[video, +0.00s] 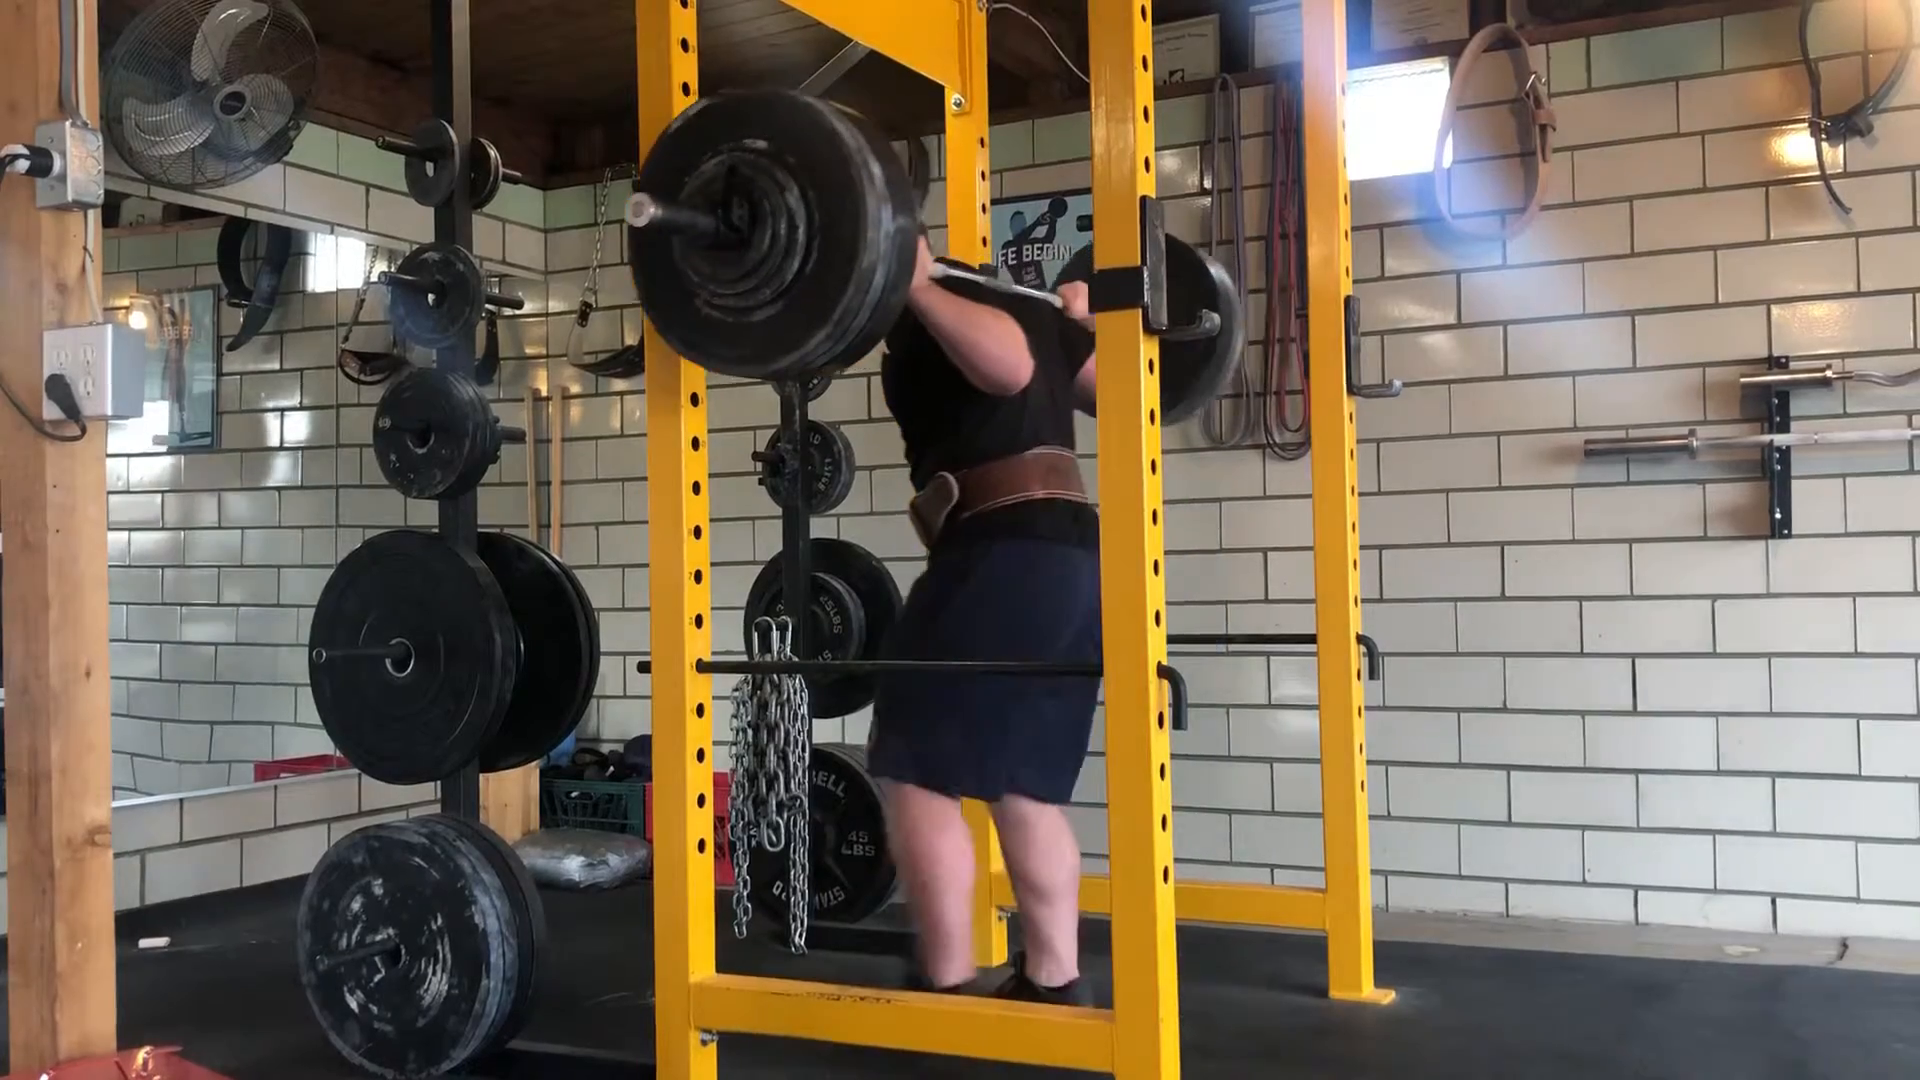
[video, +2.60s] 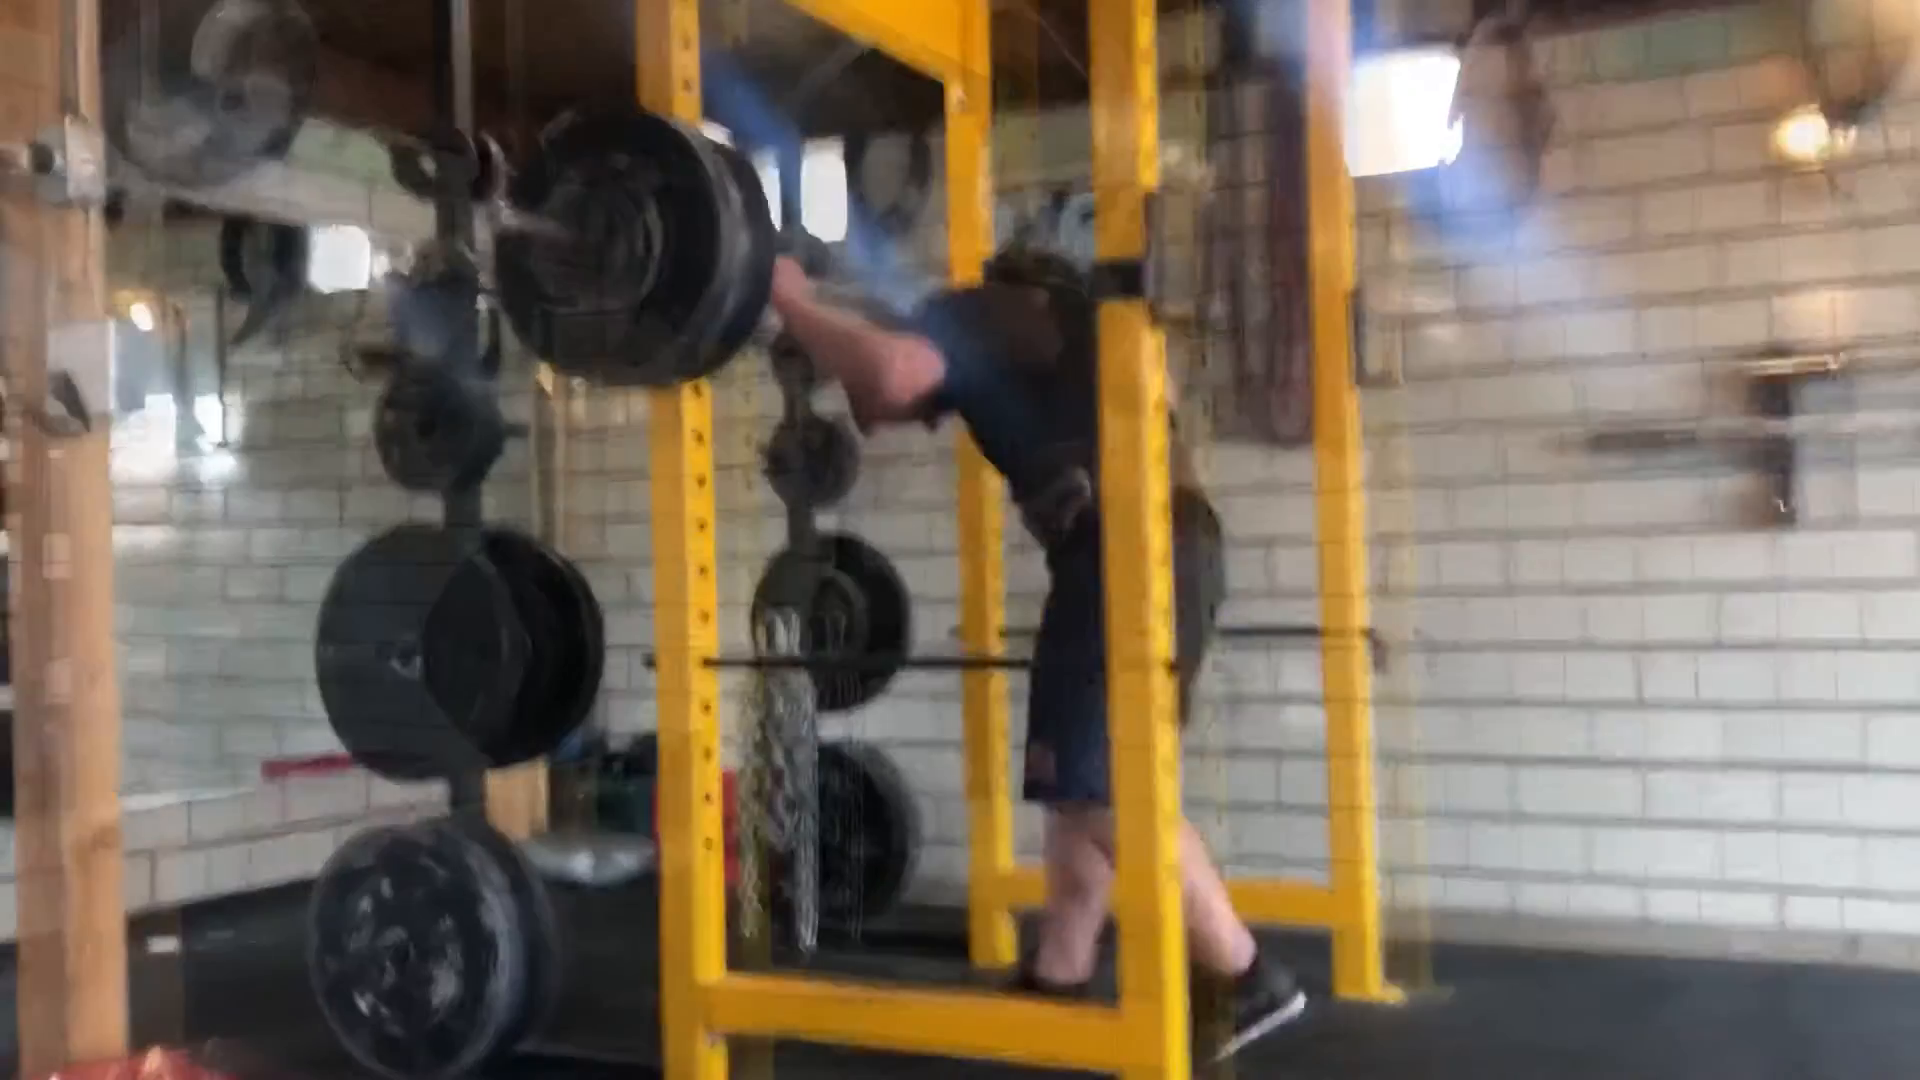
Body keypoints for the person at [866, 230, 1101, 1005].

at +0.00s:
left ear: (903, 249)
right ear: (931, 244)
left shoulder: (947, 301)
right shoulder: (1015, 304)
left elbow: (1012, 365)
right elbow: (1113, 391)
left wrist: (919, 285)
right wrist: (1081, 319)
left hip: (1002, 550)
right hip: (1073, 549)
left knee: (911, 769)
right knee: (1029, 775)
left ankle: (944, 992)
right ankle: (1052, 984)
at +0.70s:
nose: (763, 265)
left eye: (767, 247)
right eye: (763, 248)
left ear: (793, 247)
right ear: (822, 244)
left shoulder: (816, 311)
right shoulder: (914, 313)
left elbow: (898, 372)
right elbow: (1014, 379)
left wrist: (798, 297)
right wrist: (985, 323)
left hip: (914, 553)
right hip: (994, 551)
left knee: (879, 784)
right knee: (987, 773)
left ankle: (883, 990)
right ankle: (1048, 967)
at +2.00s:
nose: (746, 378)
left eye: (742, 364)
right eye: (740, 364)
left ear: (759, 336)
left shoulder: (815, 340)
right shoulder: (920, 332)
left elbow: (898, 363)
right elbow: (1024, 360)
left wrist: (790, 312)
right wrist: (965, 326)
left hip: (969, 551)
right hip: (1039, 545)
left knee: (909, 776)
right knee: (1008, 775)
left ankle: (885, 981)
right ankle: (1048, 973)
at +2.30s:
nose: (840, 459)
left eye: (824, 452)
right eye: (826, 457)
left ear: (817, 406)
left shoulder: (864, 367)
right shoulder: (969, 338)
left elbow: (907, 350)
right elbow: (1072, 348)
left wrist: (786, 309)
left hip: (1041, 544)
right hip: (1101, 534)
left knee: (968, 760)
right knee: (1042, 769)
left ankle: (992, 988)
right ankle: (1055, 978)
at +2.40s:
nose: (868, 462)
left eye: (849, 454)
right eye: (853, 460)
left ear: (837, 403)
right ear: (846, 389)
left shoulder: (900, 351)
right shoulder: (991, 336)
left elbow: (903, 345)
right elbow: (1089, 359)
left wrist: (787, 308)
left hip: (1067, 541)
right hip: (1109, 529)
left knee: (995, 752)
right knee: (1046, 757)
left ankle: (1077, 967)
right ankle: (1064, 953)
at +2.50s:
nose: (879, 451)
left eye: (864, 441)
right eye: (863, 446)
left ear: (859, 396)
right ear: (863, 399)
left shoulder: (936, 331)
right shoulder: (951, 371)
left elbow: (901, 364)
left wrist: (792, 306)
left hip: (1101, 539)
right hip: (1080, 543)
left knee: (1055, 763)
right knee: (1050, 762)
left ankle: (1179, 968)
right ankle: (1054, 973)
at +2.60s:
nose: (870, 422)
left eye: (862, 406)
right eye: (862, 413)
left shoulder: (976, 312)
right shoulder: (1034, 319)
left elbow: (894, 375)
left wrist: (795, 305)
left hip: (1125, 547)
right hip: (1132, 545)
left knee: (1107, 780)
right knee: (1079, 782)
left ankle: (1249, 979)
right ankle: (1053, 989)